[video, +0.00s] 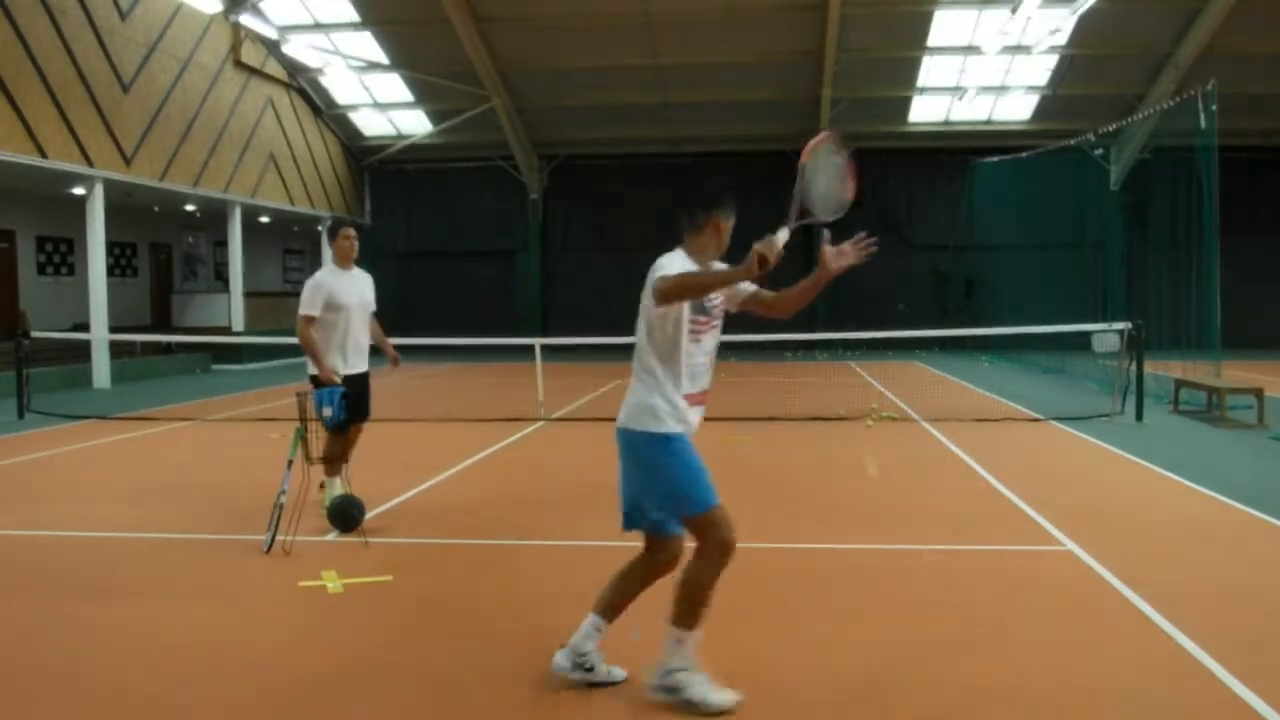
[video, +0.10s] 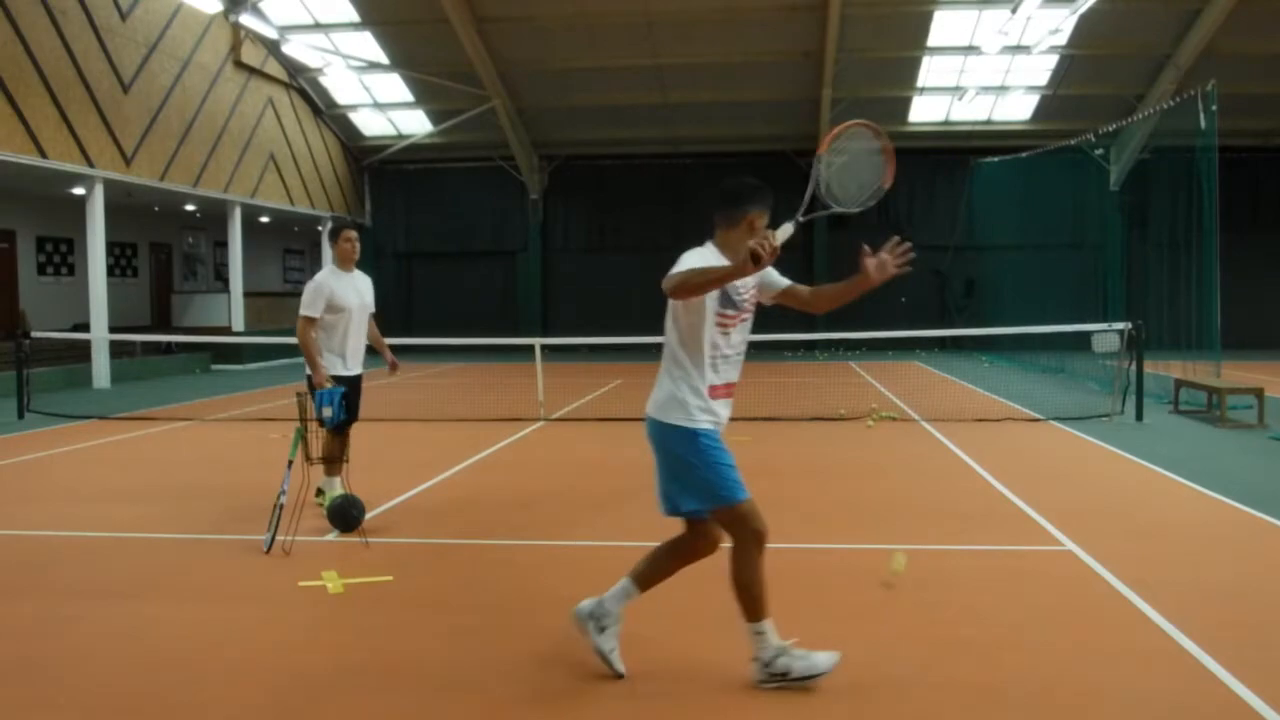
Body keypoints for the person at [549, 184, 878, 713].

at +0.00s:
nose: (730, 235)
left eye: (730, 229)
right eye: (727, 227)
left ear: (704, 227)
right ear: (710, 224)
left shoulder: (719, 277)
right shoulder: (671, 266)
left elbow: (777, 306)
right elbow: (666, 291)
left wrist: (824, 273)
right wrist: (741, 272)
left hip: (665, 428)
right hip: (654, 428)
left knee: (662, 552)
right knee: (718, 538)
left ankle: (579, 651)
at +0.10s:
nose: (763, 234)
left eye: (765, 228)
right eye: (760, 226)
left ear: (747, 228)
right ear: (740, 224)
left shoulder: (753, 272)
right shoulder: (700, 260)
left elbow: (811, 301)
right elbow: (675, 287)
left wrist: (865, 279)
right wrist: (744, 265)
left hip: (702, 421)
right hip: (683, 422)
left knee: (702, 538)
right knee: (750, 530)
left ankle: (603, 610)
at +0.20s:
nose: (791, 254)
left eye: (792, 247)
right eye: (789, 246)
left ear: (765, 242)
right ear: (773, 242)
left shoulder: (781, 285)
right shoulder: (726, 279)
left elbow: (838, 313)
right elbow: (696, 312)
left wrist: (903, 311)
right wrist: (749, 298)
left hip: (727, 429)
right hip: (712, 431)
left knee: (756, 524)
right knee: (795, 530)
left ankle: (656, 590)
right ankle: (786, 656)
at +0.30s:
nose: (806, 261)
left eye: (806, 253)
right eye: (802, 253)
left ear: (798, 255)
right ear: (786, 253)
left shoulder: (804, 299)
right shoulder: (745, 298)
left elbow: (863, 329)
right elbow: (730, 344)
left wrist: (934, 341)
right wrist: (761, 344)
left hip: (747, 434)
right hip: (727, 437)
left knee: (776, 518)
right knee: (813, 531)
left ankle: (724, 598)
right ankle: (787, 655)